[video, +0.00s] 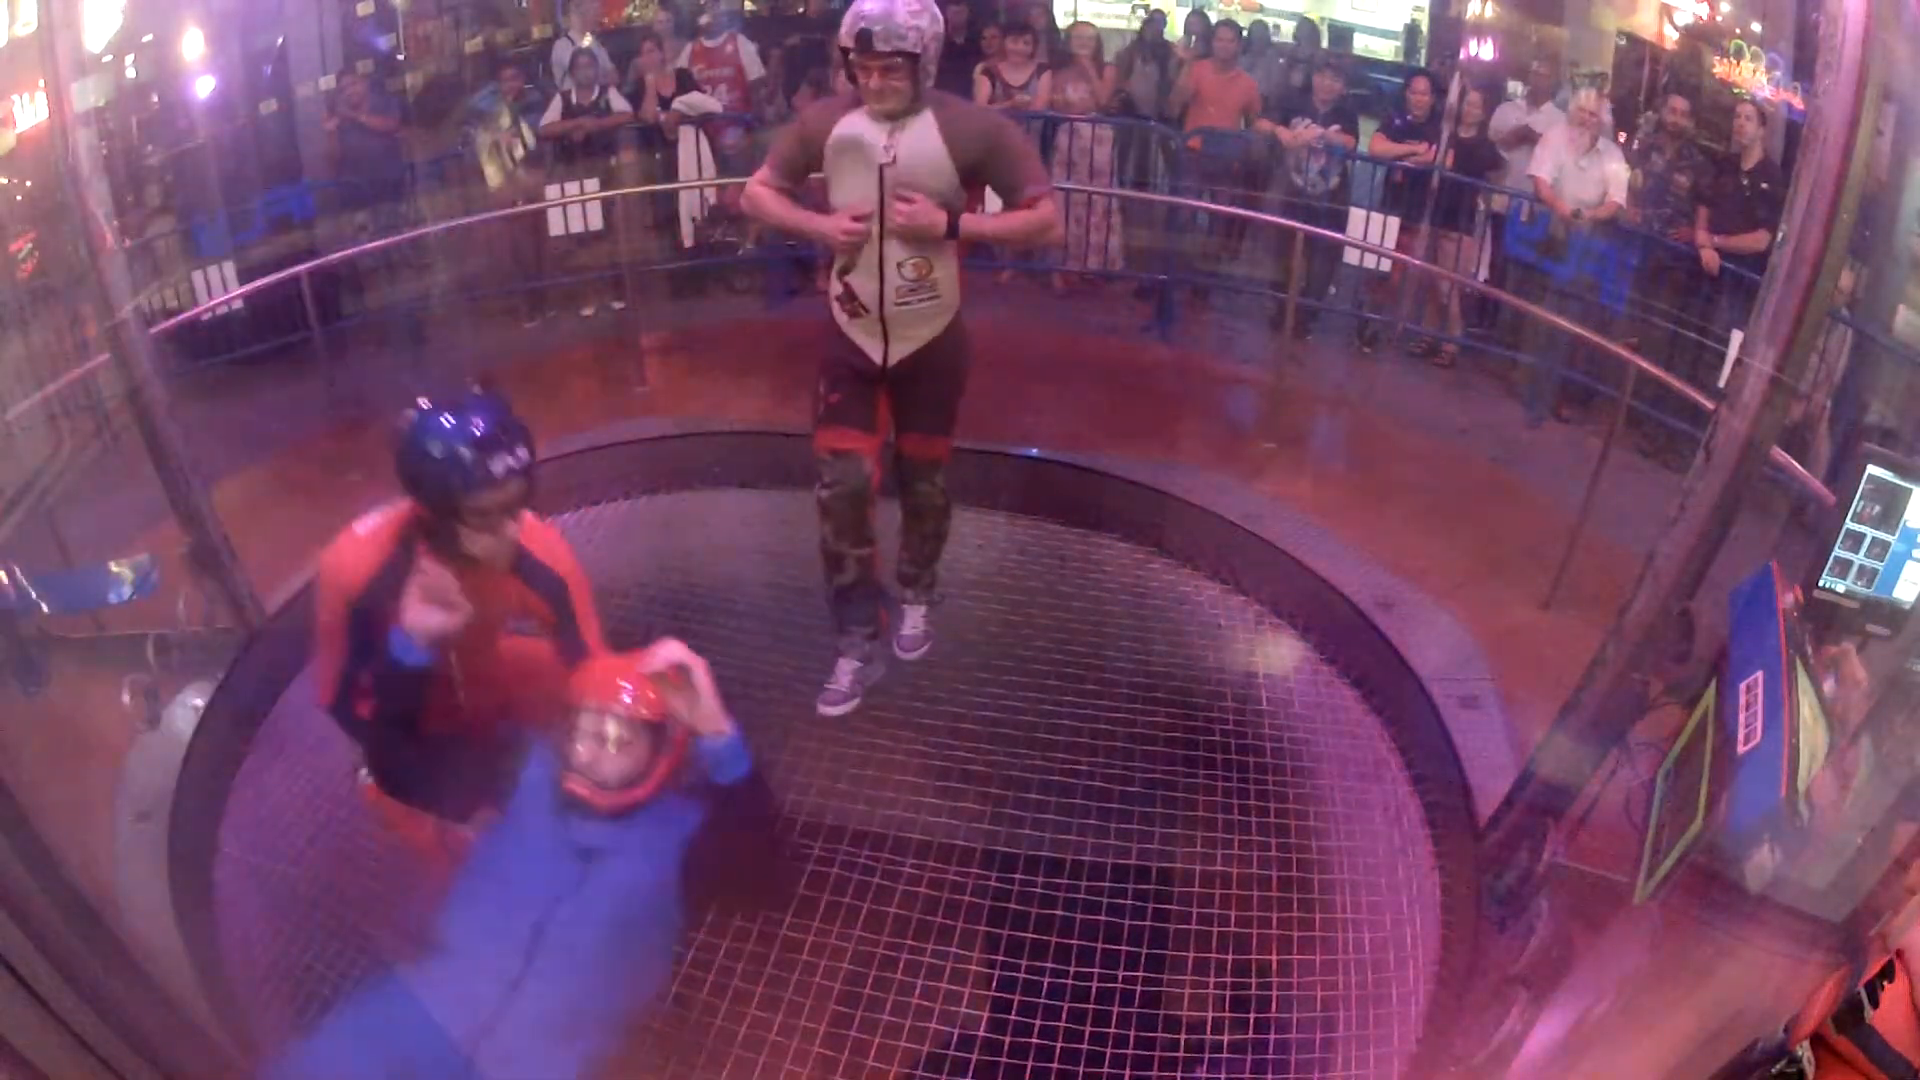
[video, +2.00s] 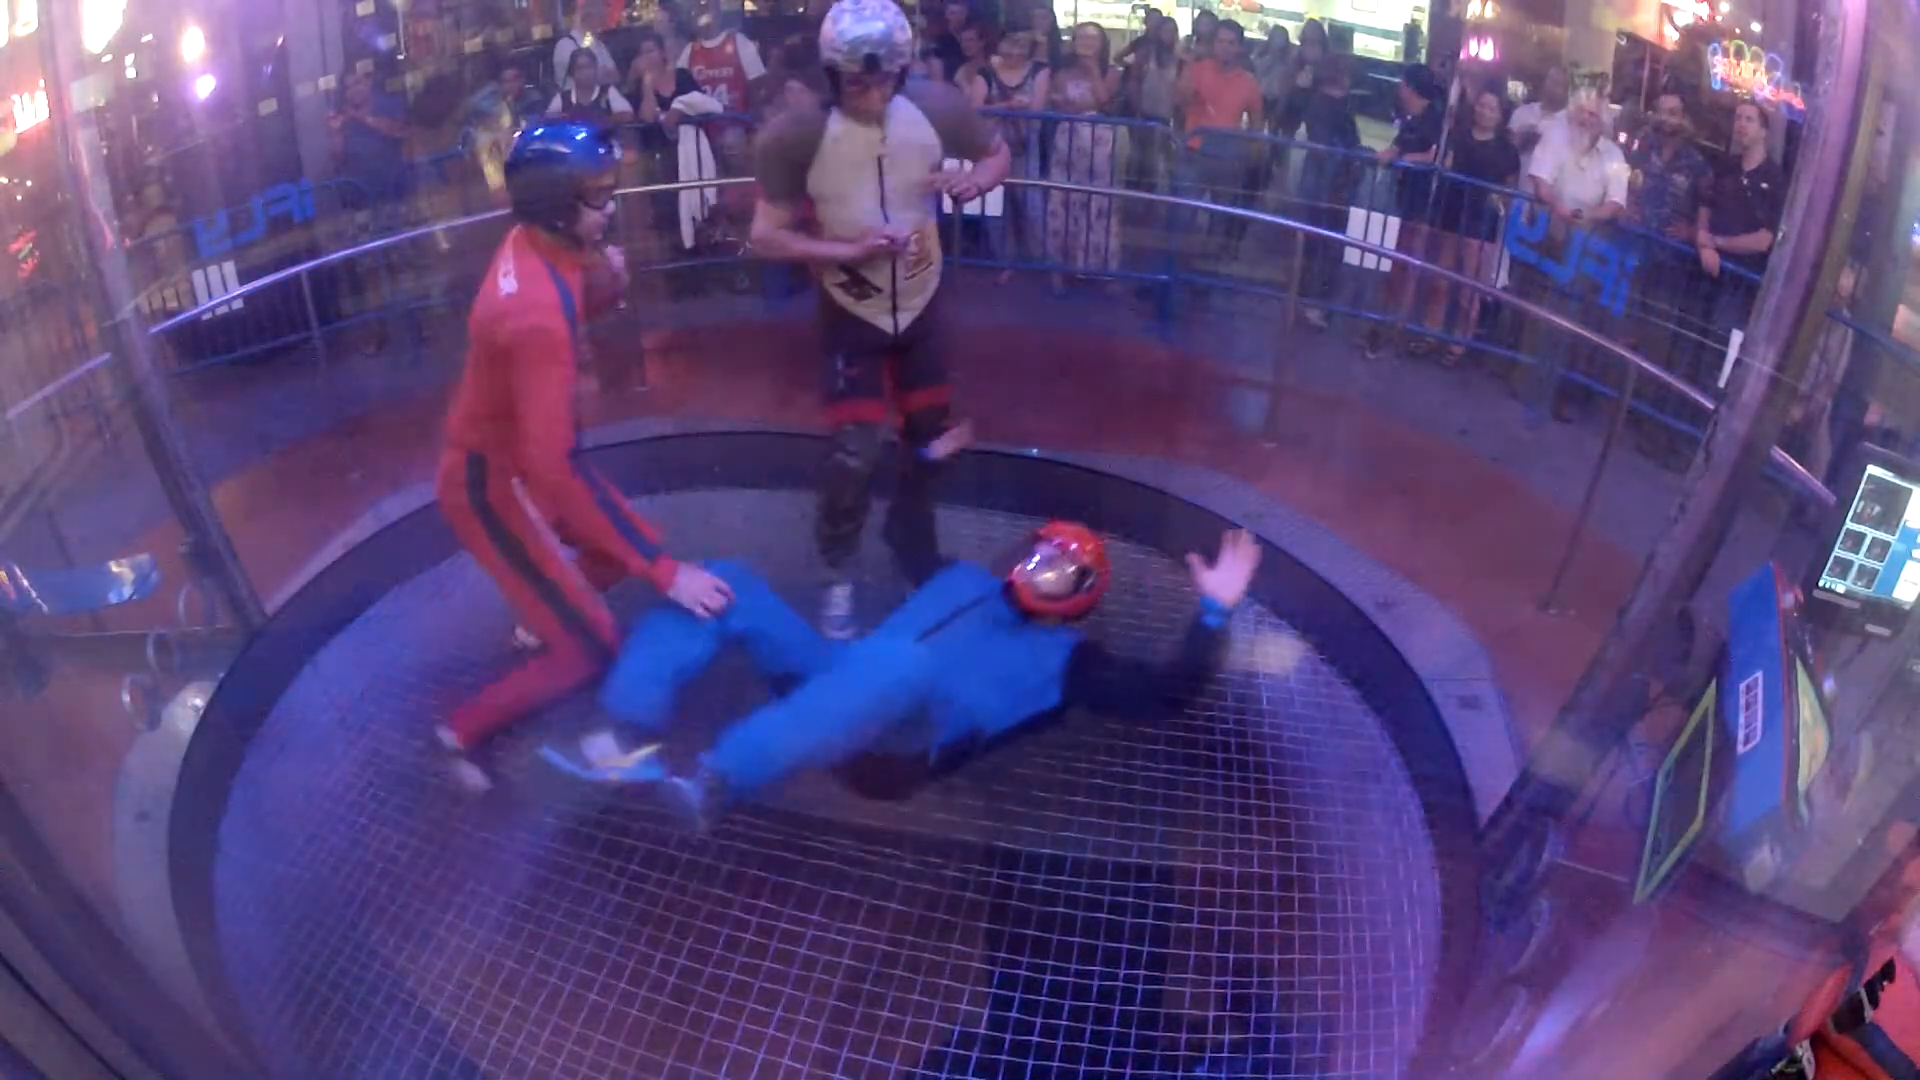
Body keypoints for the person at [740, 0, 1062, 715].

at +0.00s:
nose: (877, 79)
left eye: (893, 68)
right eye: (866, 66)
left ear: (923, 66)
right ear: (851, 64)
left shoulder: (973, 130)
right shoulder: (823, 124)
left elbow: (1047, 219)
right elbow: (754, 193)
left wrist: (950, 225)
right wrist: (820, 225)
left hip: (931, 339)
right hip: (849, 337)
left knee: (922, 487)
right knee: (839, 489)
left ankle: (915, 596)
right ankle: (855, 640)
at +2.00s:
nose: (871, 93)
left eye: (883, 78)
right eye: (857, 81)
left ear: (901, 68)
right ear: (833, 72)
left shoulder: (934, 111)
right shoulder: (801, 135)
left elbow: (998, 156)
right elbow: (763, 234)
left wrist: (973, 179)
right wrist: (850, 250)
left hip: (924, 304)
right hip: (851, 311)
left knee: (935, 445)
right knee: (862, 445)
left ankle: (916, 555)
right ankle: (838, 578)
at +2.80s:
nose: (901, 69)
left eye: (908, 57)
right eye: (888, 57)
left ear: (913, 58)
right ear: (851, 56)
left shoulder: (899, 109)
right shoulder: (807, 120)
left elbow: (890, 190)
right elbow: (794, 241)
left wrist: (931, 171)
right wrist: (897, 216)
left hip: (896, 302)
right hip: (837, 308)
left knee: (922, 420)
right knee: (850, 443)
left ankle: (906, 539)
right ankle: (828, 572)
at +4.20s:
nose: (843, 167)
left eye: (847, 153)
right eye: (832, 160)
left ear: (864, 132)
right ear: (824, 154)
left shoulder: (900, 124)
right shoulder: (836, 180)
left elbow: (950, 147)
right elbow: (860, 208)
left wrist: (966, 118)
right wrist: (935, 147)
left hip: (915, 315)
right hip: (865, 319)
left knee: (918, 440)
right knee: (878, 456)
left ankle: (880, 550)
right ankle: (834, 569)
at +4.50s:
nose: (869, 84)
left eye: (874, 71)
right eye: (854, 71)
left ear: (887, 83)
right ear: (832, 84)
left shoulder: (895, 131)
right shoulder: (801, 139)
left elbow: (943, 153)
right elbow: (767, 210)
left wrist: (940, 144)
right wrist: (854, 183)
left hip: (895, 311)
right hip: (835, 316)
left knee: (900, 442)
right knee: (865, 459)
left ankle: (876, 553)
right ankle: (821, 563)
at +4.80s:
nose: (772, 46)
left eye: (781, 32)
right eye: (758, 34)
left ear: (793, 40)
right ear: (732, 48)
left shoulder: (838, 124)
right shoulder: (717, 135)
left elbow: (874, 204)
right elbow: (686, 241)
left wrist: (864, 203)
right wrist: (790, 247)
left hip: (831, 320)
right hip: (766, 326)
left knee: (879, 436)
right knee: (765, 483)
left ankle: (869, 550)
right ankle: (713, 579)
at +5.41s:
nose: (695, 85)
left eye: (703, 71)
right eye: (677, 73)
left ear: (716, 77)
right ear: (646, 85)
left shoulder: (734, 138)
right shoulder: (620, 166)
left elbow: (776, 203)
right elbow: (606, 286)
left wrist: (777, 221)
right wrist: (688, 272)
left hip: (773, 355)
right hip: (702, 370)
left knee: (801, 494)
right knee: (747, 523)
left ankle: (773, 606)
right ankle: (713, 597)